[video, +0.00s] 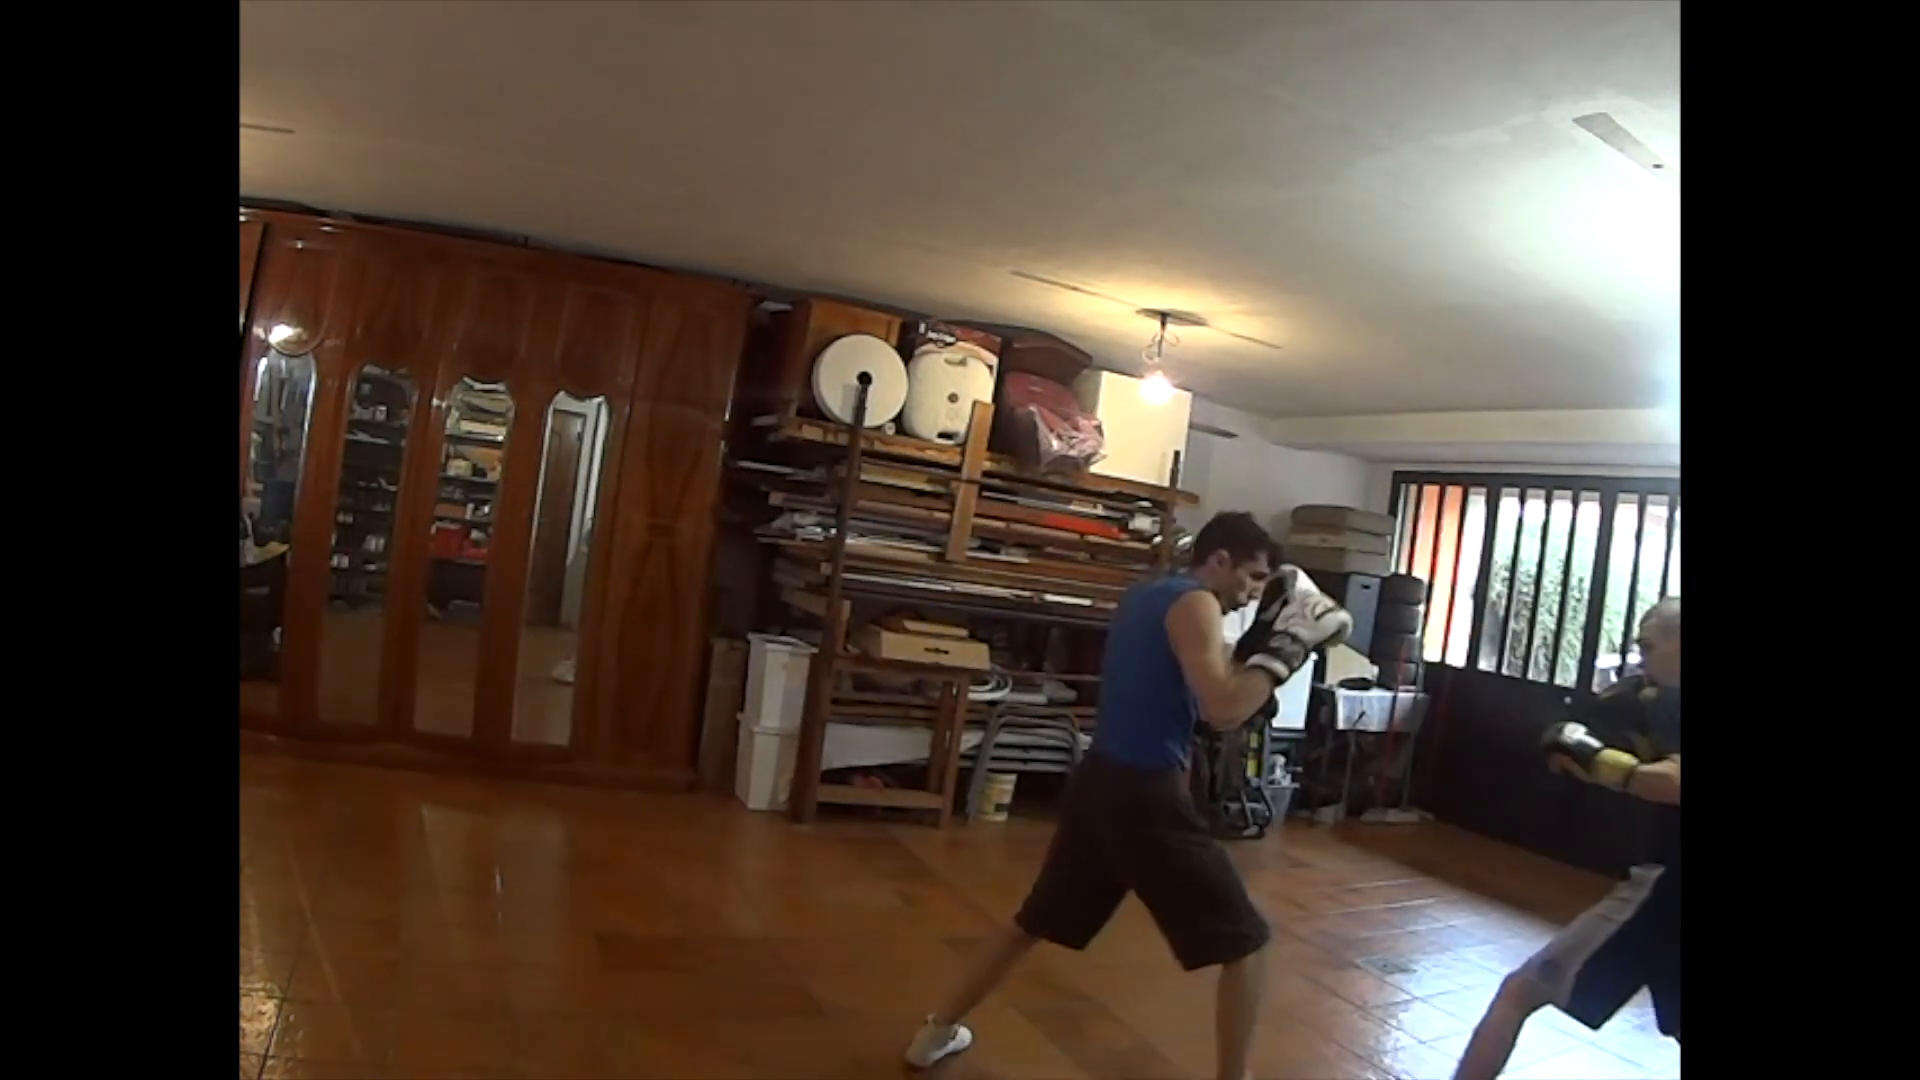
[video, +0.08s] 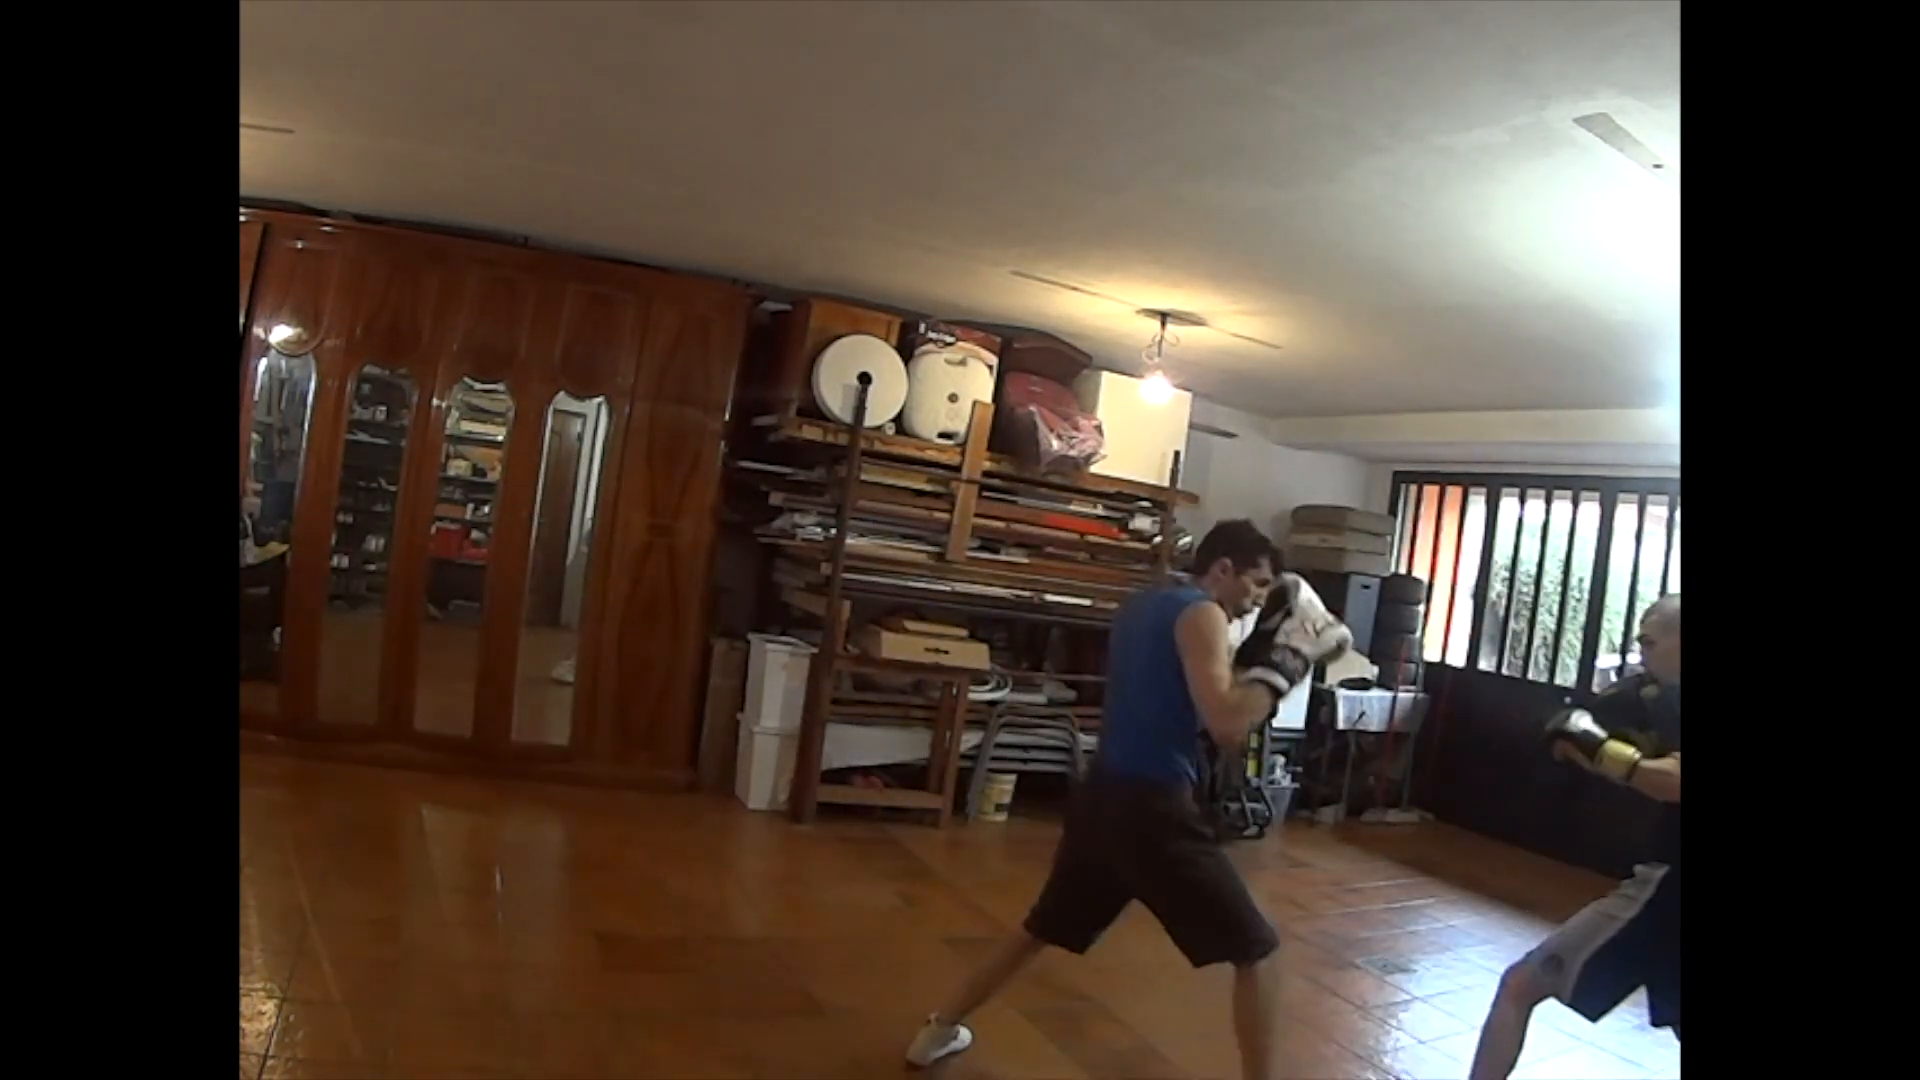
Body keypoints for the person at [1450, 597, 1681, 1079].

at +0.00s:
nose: (1640, 656)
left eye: (1648, 644)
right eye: (1640, 645)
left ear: (1680, 644)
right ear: (1670, 647)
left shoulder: (1673, 706)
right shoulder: (1658, 704)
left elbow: (1672, 783)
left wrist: (1594, 758)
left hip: (1661, 882)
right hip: (1657, 879)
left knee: (1519, 992)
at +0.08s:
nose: (1641, 650)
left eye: (1650, 640)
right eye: (1641, 640)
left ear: (1681, 644)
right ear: (1654, 643)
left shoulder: (1672, 703)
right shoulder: (1652, 699)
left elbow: (1672, 783)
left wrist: (1601, 752)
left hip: (1664, 881)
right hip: (1659, 878)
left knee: (1520, 985)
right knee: (1518, 985)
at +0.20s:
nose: (1634, 650)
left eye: (1642, 637)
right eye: (1633, 638)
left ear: (1676, 636)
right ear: (1663, 639)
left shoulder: (1673, 700)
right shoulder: (1663, 699)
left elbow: (1667, 781)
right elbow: (1660, 776)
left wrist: (1593, 725)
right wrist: (1594, 728)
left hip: (1665, 881)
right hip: (1663, 878)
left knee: (1524, 990)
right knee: (1522, 991)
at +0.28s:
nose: (1634, 649)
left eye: (1642, 637)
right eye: (1633, 638)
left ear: (1675, 634)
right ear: (1665, 637)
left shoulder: (1670, 694)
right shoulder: (1657, 691)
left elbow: (1645, 760)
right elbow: (1642, 753)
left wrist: (1580, 692)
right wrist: (1584, 689)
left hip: (1665, 878)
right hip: (1662, 874)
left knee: (1528, 991)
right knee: (1526, 993)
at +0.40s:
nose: (1647, 661)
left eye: (1655, 650)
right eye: (1648, 650)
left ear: (1681, 650)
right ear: (1662, 649)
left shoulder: (1670, 696)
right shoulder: (1663, 695)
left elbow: (1652, 748)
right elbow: (1653, 755)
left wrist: (1594, 676)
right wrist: (1591, 678)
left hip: (1669, 889)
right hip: (1665, 887)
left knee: (1531, 992)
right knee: (1529, 993)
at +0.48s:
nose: (1649, 667)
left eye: (1658, 656)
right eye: (1649, 656)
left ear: (1683, 659)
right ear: (1654, 656)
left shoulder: (1668, 722)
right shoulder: (1654, 717)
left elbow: (1675, 799)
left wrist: (1645, 779)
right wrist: (1601, 757)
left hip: (1671, 898)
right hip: (1667, 895)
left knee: (1527, 992)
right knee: (1526, 992)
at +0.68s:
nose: (1593, 667)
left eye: (1604, 654)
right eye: (1593, 654)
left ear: (1644, 647)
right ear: (1646, 651)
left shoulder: (1651, 695)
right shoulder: (1664, 695)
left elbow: (1542, 680)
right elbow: (1541, 681)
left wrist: (1447, 620)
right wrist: (1449, 622)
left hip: (1666, 891)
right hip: (1664, 888)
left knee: (1522, 998)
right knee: (1522, 998)